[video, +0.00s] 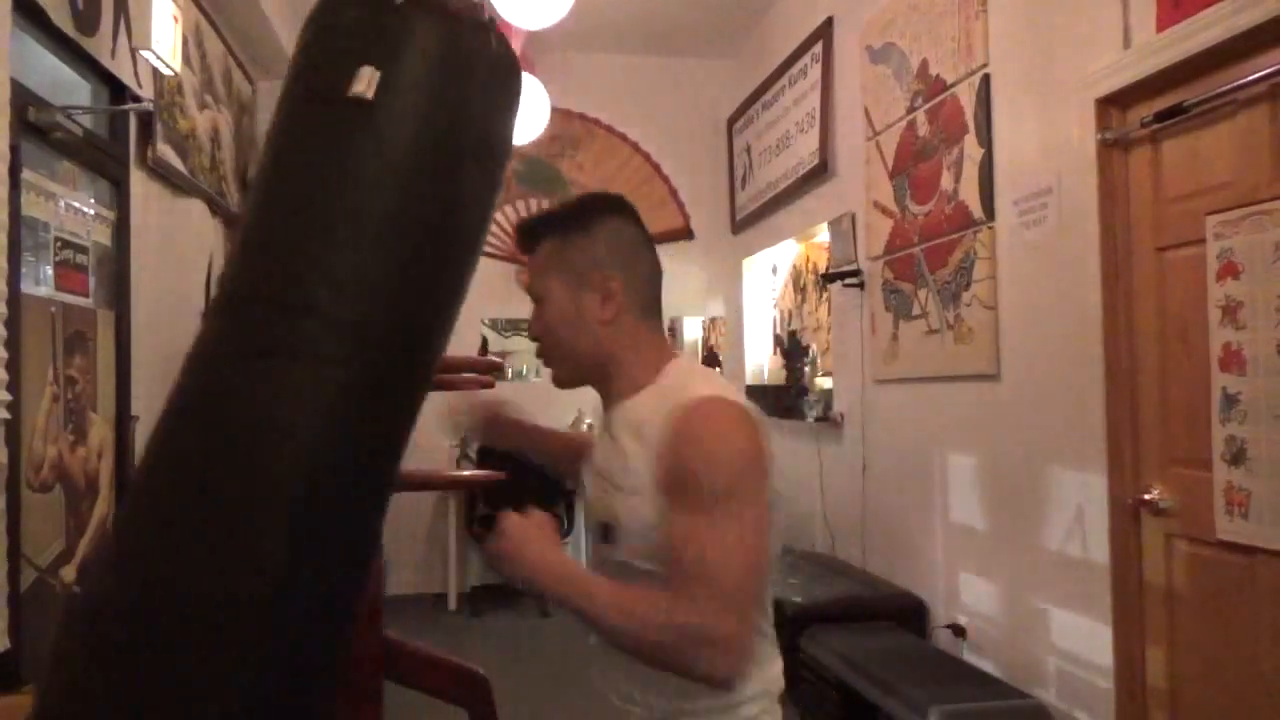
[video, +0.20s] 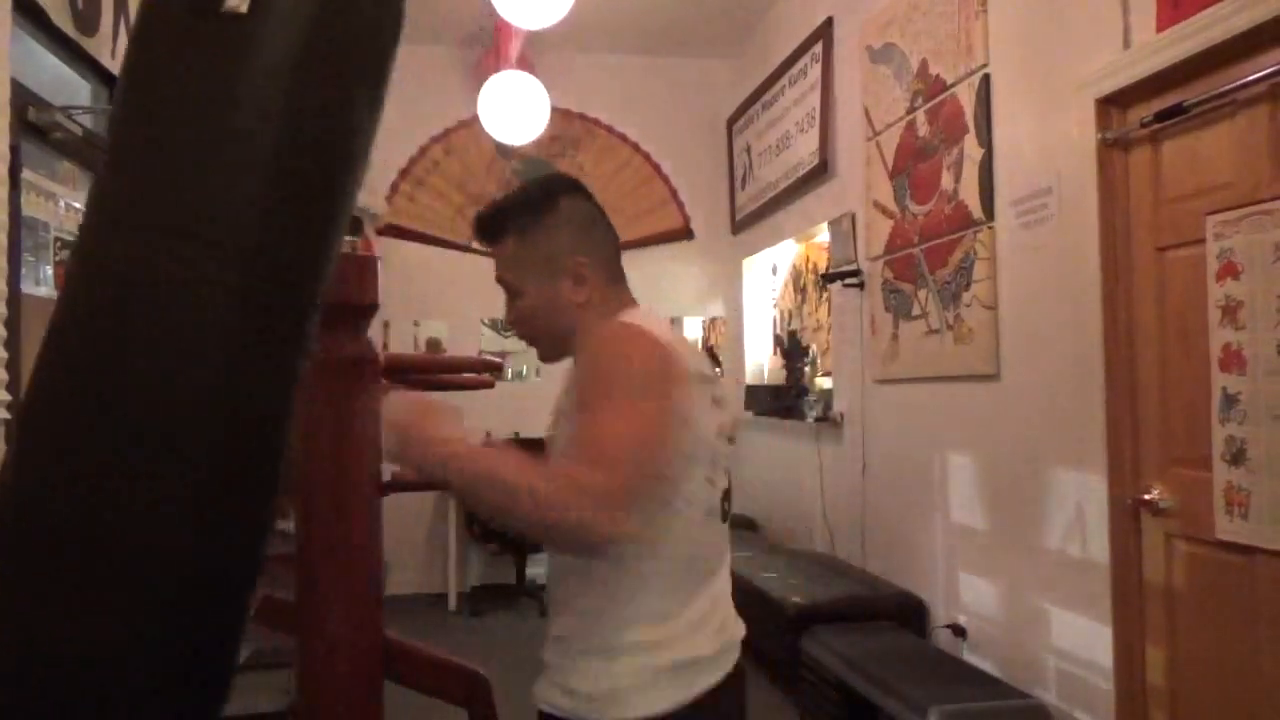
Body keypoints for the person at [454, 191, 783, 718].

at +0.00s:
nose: (531, 327)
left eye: (539, 301)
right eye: (533, 304)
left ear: (605, 299)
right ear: (604, 302)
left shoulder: (710, 425)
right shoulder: (628, 408)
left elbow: (717, 649)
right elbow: (618, 472)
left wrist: (551, 569)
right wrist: (526, 441)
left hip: (718, 706)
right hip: (634, 694)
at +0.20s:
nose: (508, 317)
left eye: (514, 292)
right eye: (506, 294)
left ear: (578, 282)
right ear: (580, 283)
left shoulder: (623, 348)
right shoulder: (649, 343)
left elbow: (595, 510)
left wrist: (443, 451)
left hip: (626, 698)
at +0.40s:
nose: (505, 349)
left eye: (499, 328)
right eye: (494, 332)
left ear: (540, 301)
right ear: (586, 290)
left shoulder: (566, 356)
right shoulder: (666, 354)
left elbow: (483, 526)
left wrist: (391, 459)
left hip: (628, 701)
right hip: (721, 679)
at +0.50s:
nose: (486, 349)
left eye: (482, 326)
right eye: (475, 329)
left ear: (532, 298)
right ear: (536, 297)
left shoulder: (611, 355)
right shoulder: (575, 378)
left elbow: (584, 548)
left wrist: (463, 445)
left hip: (652, 696)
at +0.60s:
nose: (470, 349)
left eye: (477, 326)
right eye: (464, 331)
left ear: (539, 297)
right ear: (541, 299)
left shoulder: (648, 356)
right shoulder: (540, 395)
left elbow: (610, 533)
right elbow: (419, 475)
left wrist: (489, 418)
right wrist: (446, 382)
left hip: (654, 692)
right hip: (582, 681)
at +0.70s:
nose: (504, 352)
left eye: (504, 329)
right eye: (494, 334)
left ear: (562, 300)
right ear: (564, 302)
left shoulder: (646, 369)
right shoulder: (579, 383)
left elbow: (588, 552)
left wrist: (486, 425)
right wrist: (481, 422)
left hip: (641, 695)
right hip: (588, 682)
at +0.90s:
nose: (563, 336)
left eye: (561, 316)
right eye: (555, 320)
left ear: (611, 287)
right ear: (617, 286)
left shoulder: (643, 348)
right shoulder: (700, 338)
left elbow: (573, 535)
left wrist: (527, 409)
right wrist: (552, 402)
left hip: (668, 690)